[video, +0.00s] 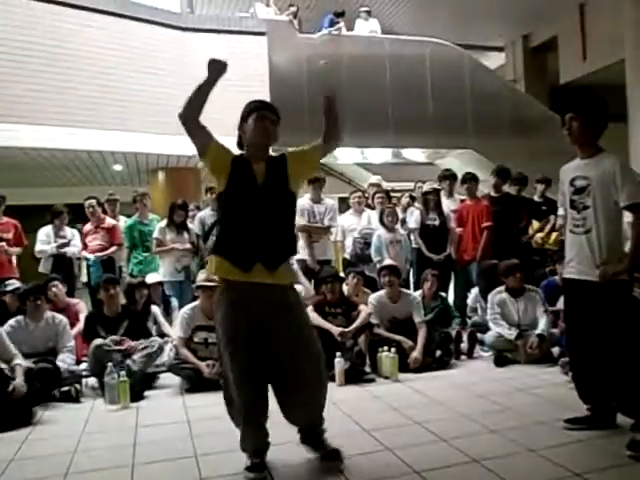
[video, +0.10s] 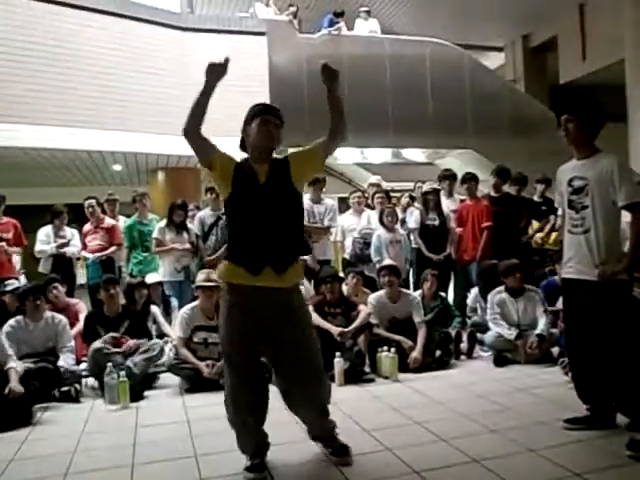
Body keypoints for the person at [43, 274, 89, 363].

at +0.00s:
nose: (53, 290)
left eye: (55, 286)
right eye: (49, 289)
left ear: (64, 287)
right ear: (47, 294)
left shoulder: (77, 304)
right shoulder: (48, 309)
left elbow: (82, 322)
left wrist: (70, 335)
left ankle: (83, 357)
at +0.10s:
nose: (54, 293)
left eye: (55, 288)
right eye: (49, 291)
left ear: (64, 287)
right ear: (47, 296)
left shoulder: (77, 304)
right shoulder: (48, 310)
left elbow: (82, 322)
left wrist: (70, 335)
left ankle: (82, 357)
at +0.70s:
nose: (57, 293)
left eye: (58, 288)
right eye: (52, 291)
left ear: (66, 288)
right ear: (50, 296)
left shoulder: (78, 304)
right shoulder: (50, 310)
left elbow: (84, 321)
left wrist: (71, 335)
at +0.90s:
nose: (58, 289)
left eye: (61, 284)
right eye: (54, 287)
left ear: (69, 287)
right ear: (51, 293)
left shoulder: (80, 304)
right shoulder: (50, 309)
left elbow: (84, 321)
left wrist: (72, 335)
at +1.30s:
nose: (61, 289)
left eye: (63, 284)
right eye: (57, 287)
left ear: (70, 287)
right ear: (53, 293)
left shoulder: (81, 304)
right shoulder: (51, 308)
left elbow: (84, 322)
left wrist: (72, 335)